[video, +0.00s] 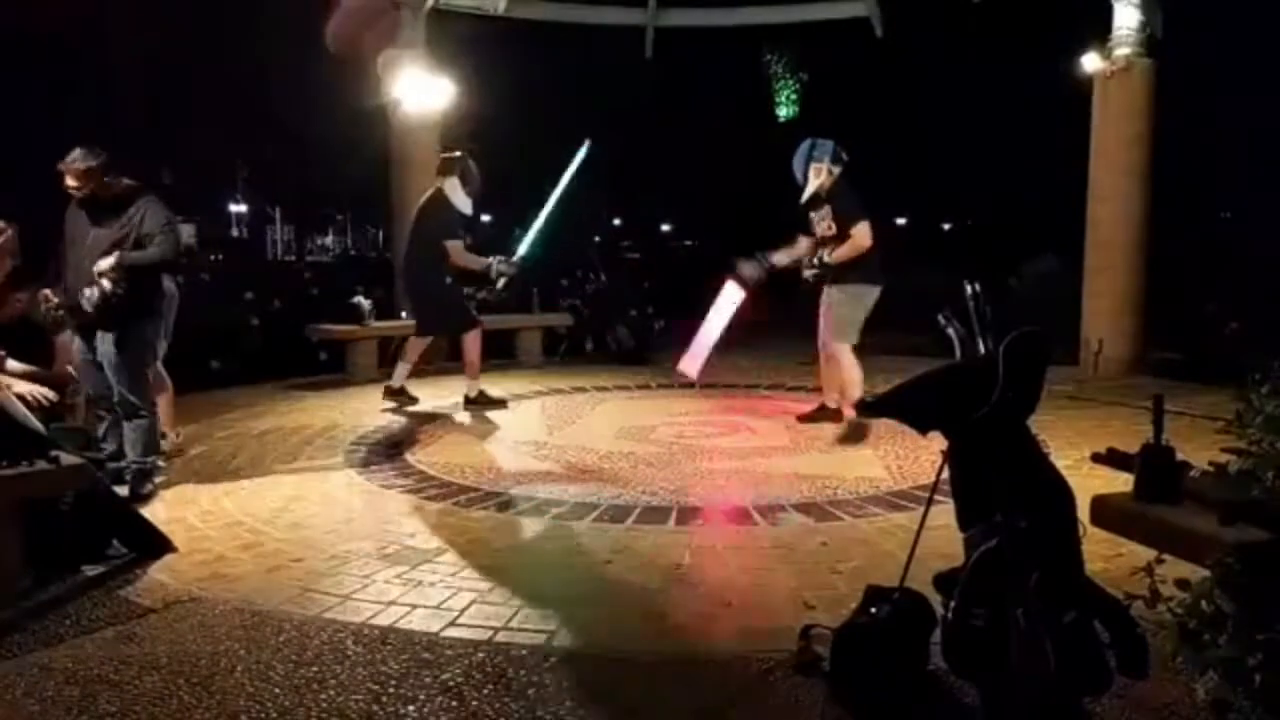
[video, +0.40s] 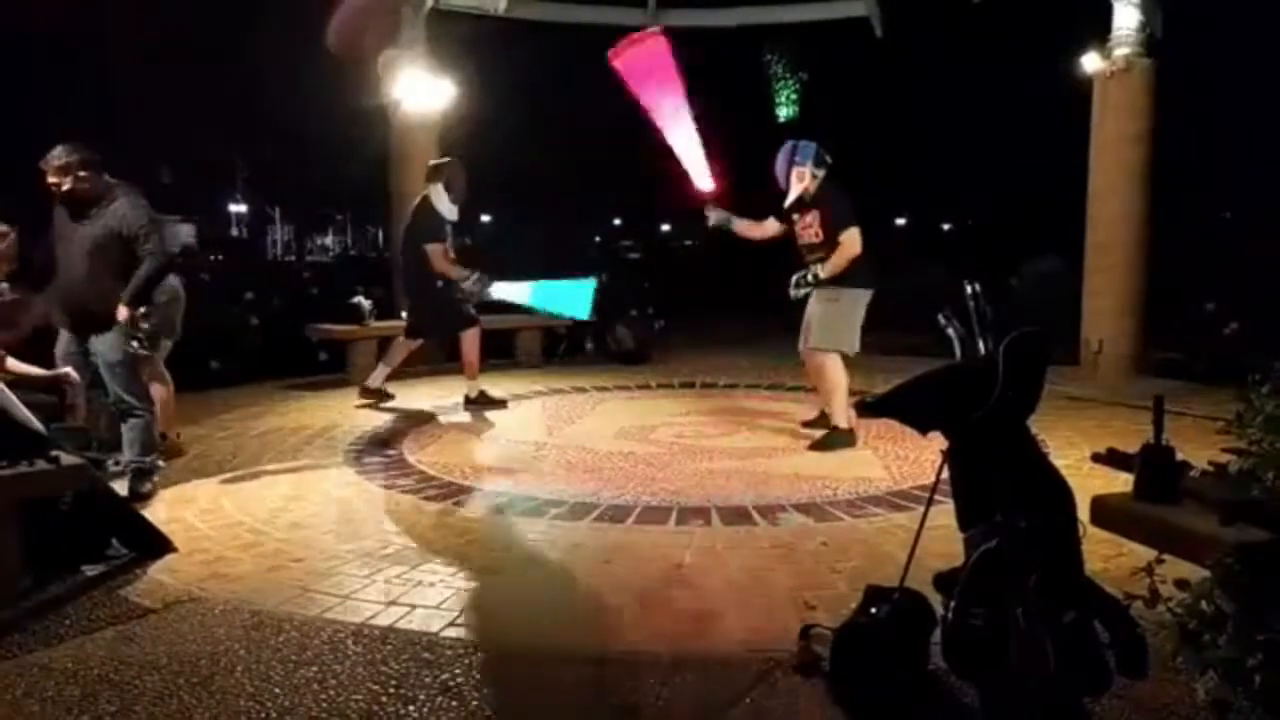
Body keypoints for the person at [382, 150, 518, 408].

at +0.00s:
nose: (476, 182)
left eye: (474, 176)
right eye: (472, 176)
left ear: (447, 175)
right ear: (461, 176)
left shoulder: (438, 200)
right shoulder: (444, 205)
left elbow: (457, 252)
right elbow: (457, 255)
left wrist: (488, 264)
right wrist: (490, 265)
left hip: (421, 277)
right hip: (432, 279)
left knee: (425, 329)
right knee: (471, 327)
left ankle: (396, 384)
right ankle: (473, 391)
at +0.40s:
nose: (463, 185)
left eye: (462, 179)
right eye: (459, 179)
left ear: (442, 181)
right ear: (446, 181)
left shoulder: (439, 207)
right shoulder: (429, 212)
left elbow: (445, 254)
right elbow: (438, 263)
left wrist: (464, 274)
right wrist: (467, 276)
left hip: (426, 285)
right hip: (428, 286)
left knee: (413, 335)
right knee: (470, 326)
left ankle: (373, 384)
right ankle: (473, 392)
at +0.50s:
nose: (451, 185)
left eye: (451, 179)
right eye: (447, 179)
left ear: (432, 180)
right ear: (435, 181)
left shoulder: (432, 208)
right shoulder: (415, 212)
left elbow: (431, 249)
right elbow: (415, 260)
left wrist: (446, 274)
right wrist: (440, 286)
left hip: (418, 277)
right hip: (410, 280)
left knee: (401, 334)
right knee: (447, 327)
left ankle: (369, 386)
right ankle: (467, 389)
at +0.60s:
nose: (448, 180)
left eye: (447, 174)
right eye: (443, 174)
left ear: (434, 176)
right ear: (430, 176)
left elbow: (432, 247)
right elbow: (405, 256)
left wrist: (438, 274)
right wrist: (424, 282)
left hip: (418, 277)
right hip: (405, 279)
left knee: (394, 333)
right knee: (435, 327)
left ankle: (369, 387)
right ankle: (450, 391)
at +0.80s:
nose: (437, 180)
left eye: (437, 174)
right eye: (433, 173)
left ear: (420, 175)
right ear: (420, 175)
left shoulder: (414, 200)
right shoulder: (402, 199)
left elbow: (413, 235)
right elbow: (403, 236)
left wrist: (436, 250)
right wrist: (429, 255)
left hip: (397, 276)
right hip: (401, 278)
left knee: (391, 331)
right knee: (431, 324)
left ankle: (367, 387)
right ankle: (422, 387)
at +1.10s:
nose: (447, 179)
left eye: (446, 173)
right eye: (443, 173)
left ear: (423, 175)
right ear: (430, 175)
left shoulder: (419, 201)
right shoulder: (413, 202)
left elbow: (432, 235)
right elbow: (428, 234)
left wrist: (458, 232)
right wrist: (460, 232)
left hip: (402, 285)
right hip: (408, 286)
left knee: (401, 333)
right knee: (452, 324)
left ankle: (369, 387)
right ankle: (459, 391)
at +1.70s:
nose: (434, 189)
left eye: (434, 182)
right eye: (431, 182)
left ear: (406, 181)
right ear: (420, 182)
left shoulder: (390, 204)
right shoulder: (400, 208)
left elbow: (422, 243)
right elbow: (430, 245)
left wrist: (460, 254)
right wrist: (467, 256)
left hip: (380, 281)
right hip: (393, 283)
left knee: (379, 336)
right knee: (421, 332)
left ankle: (353, 389)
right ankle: (449, 389)